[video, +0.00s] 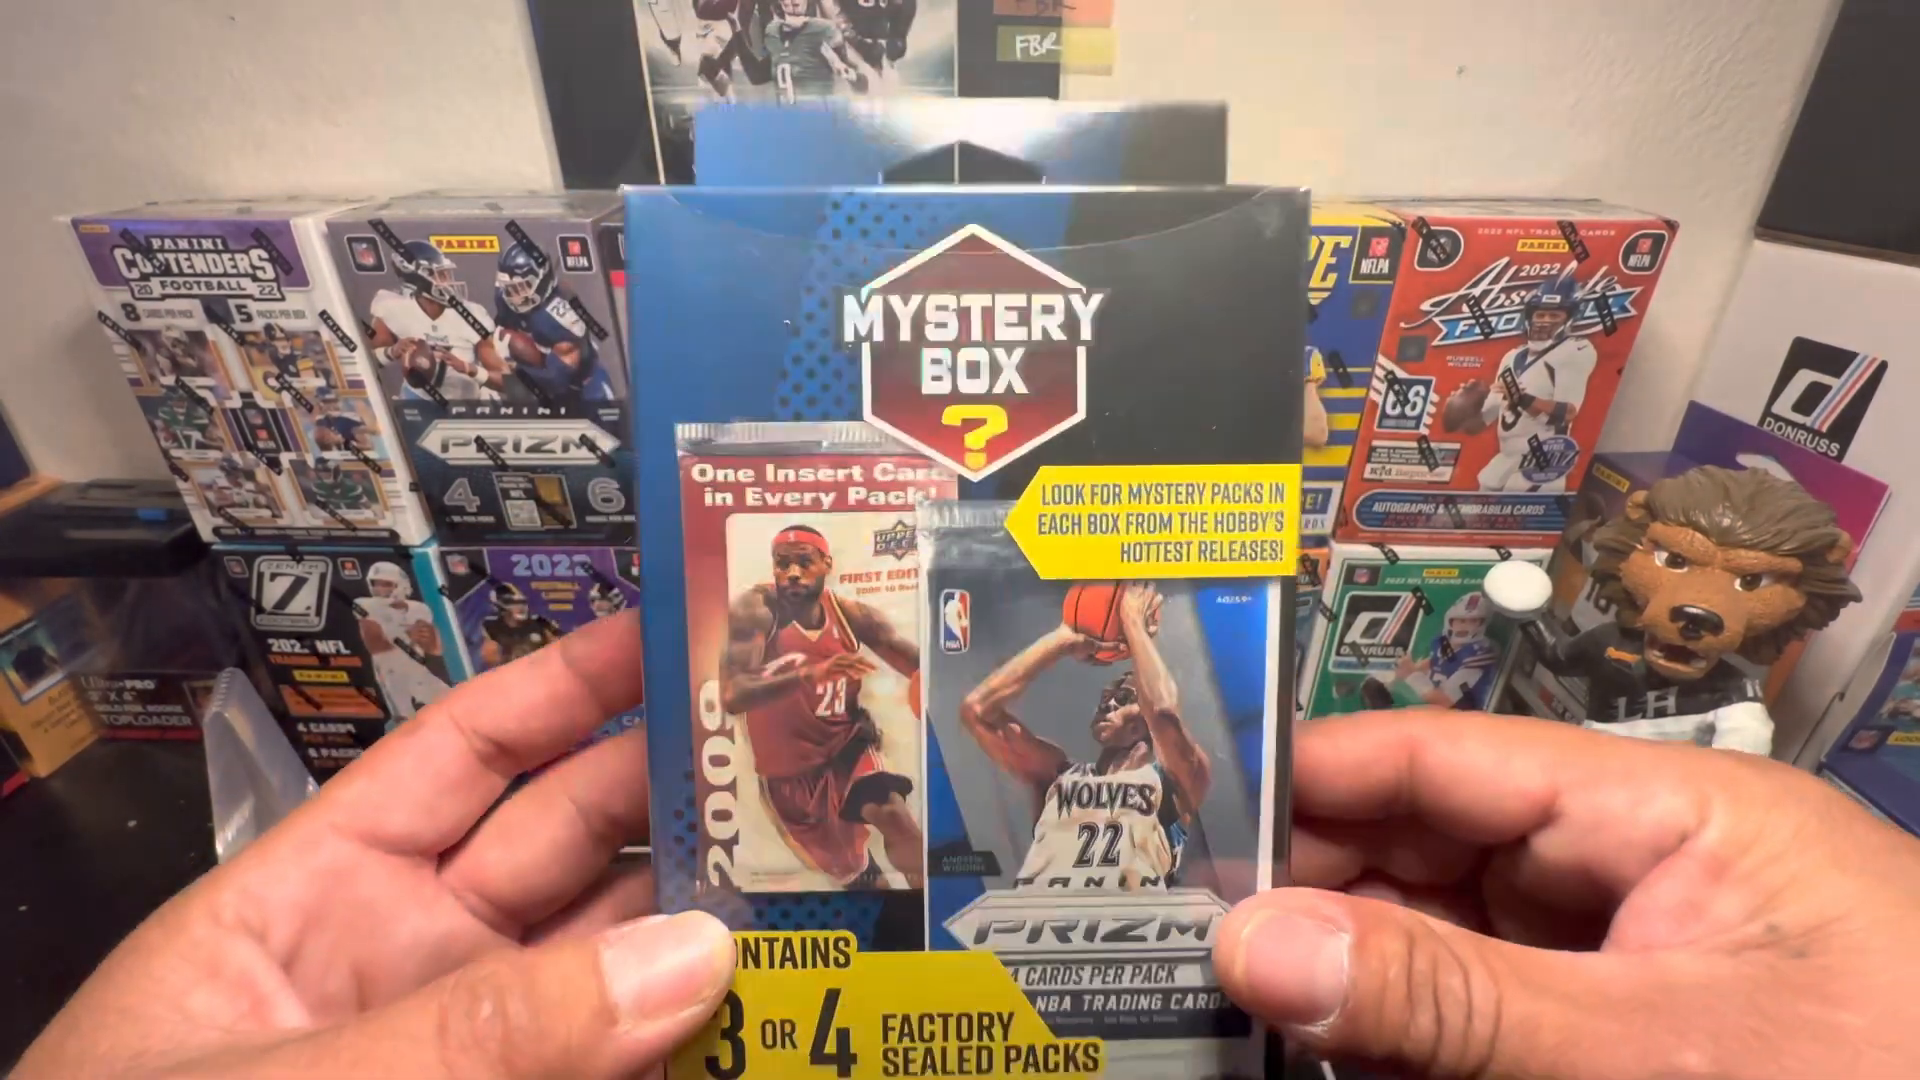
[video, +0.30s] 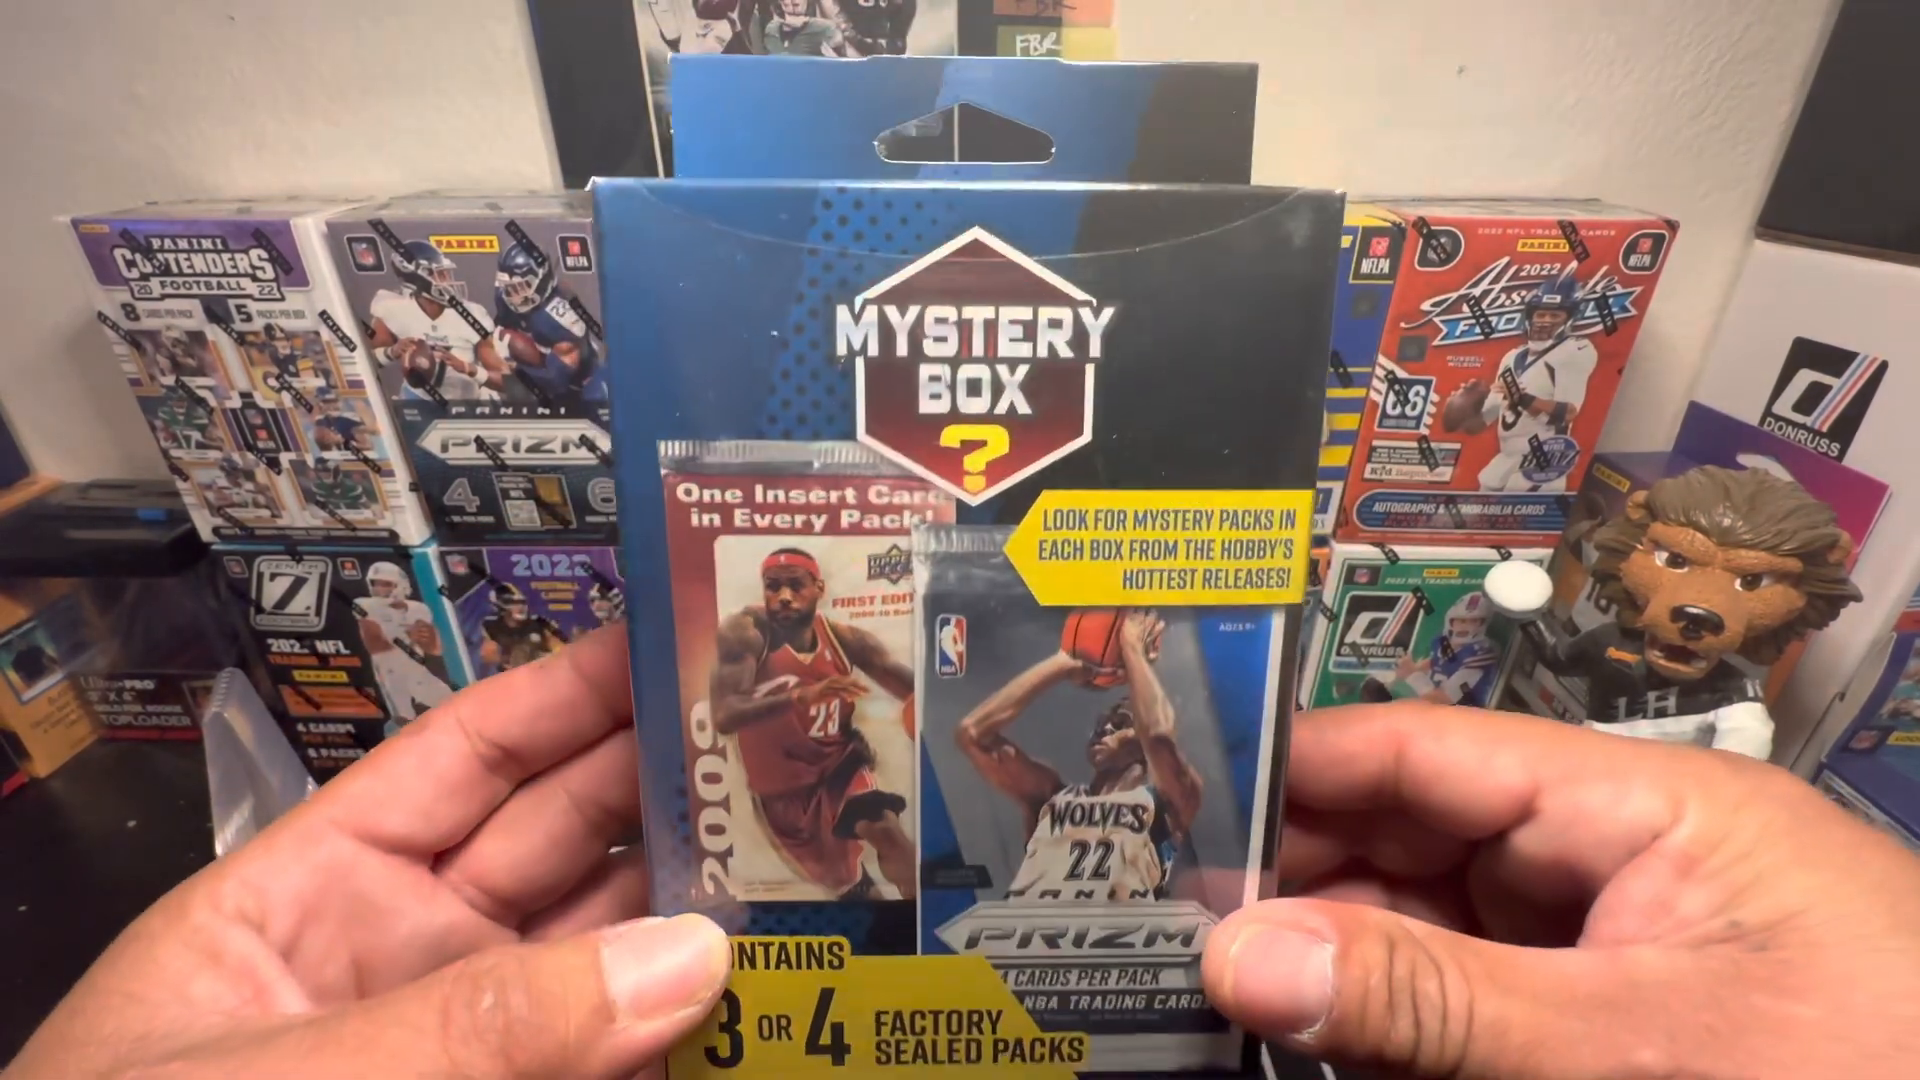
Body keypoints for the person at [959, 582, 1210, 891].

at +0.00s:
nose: (1107, 702)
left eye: (1125, 697)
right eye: (1106, 696)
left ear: (1149, 715)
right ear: (1096, 709)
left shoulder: (1173, 782)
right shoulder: (1057, 775)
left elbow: (1162, 711)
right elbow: (978, 710)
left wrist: (1133, 623)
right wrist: (1063, 638)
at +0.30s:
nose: (1101, 729)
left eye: (1119, 722)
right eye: (1099, 723)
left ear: (1145, 738)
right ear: (1090, 737)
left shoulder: (1165, 803)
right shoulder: (1049, 796)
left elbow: (1158, 736)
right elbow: (973, 733)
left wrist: (1132, 648)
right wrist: (1062, 662)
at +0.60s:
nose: (1095, 769)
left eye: (1113, 762)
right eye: (1095, 763)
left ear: (1136, 781)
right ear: (1082, 779)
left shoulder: (1155, 840)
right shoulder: (1039, 834)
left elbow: (1150, 777)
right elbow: (961, 777)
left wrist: (1125, 694)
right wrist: (1051, 711)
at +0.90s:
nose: (1085, 753)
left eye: (1103, 746)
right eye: (1087, 747)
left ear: (1128, 765)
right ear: (1075, 762)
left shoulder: (1142, 819)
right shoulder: (1030, 815)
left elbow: (1141, 760)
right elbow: (953, 759)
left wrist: (1119, 676)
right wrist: (1045, 694)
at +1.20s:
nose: (1084, 668)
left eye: (1101, 659)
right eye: (1083, 661)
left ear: (1123, 676)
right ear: (1074, 676)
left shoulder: (1144, 740)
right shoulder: (1036, 732)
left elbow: (1138, 674)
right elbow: (965, 663)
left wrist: (1116, 590)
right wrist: (1048, 597)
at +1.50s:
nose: (1091, 635)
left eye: (1110, 626)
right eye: (1090, 628)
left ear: (1134, 642)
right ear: (1081, 642)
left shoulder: (1158, 710)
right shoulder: (1042, 704)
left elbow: (1146, 642)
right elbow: (968, 636)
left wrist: (1120, 554)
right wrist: (1051, 568)